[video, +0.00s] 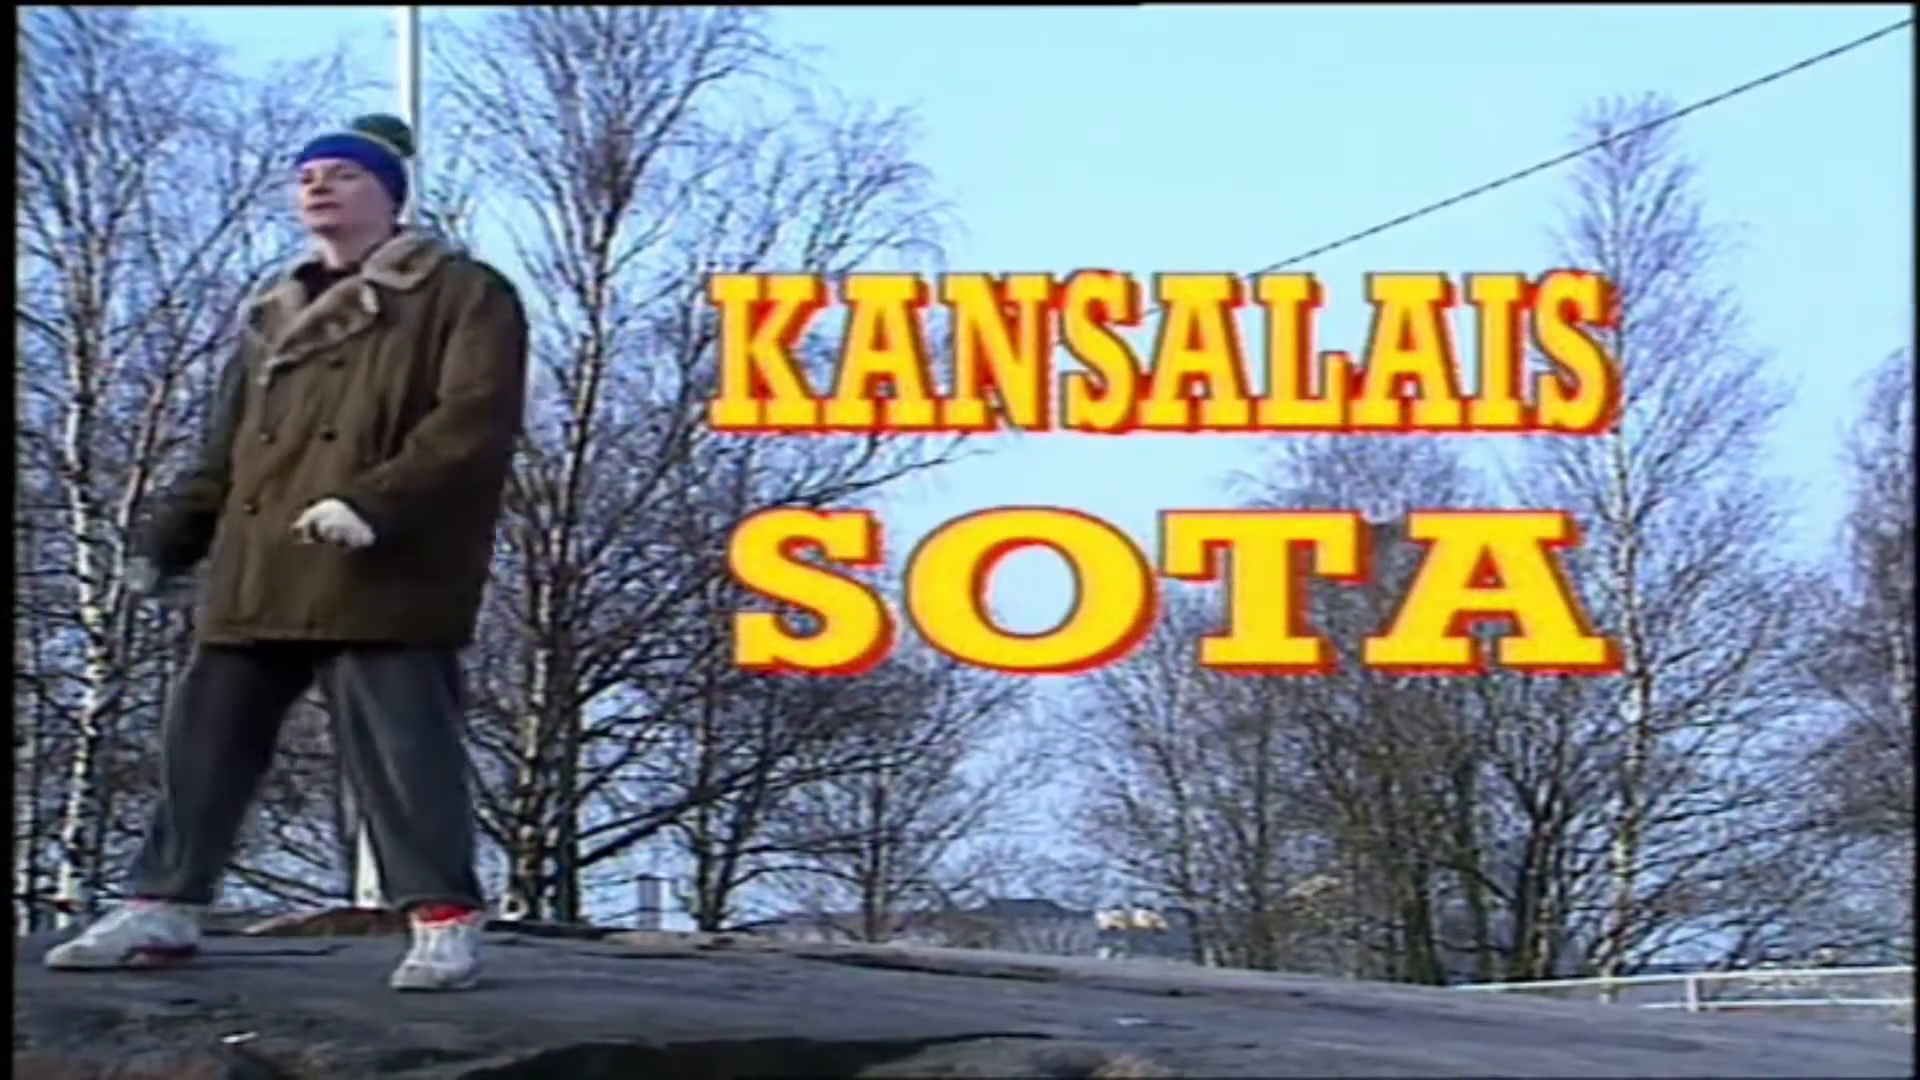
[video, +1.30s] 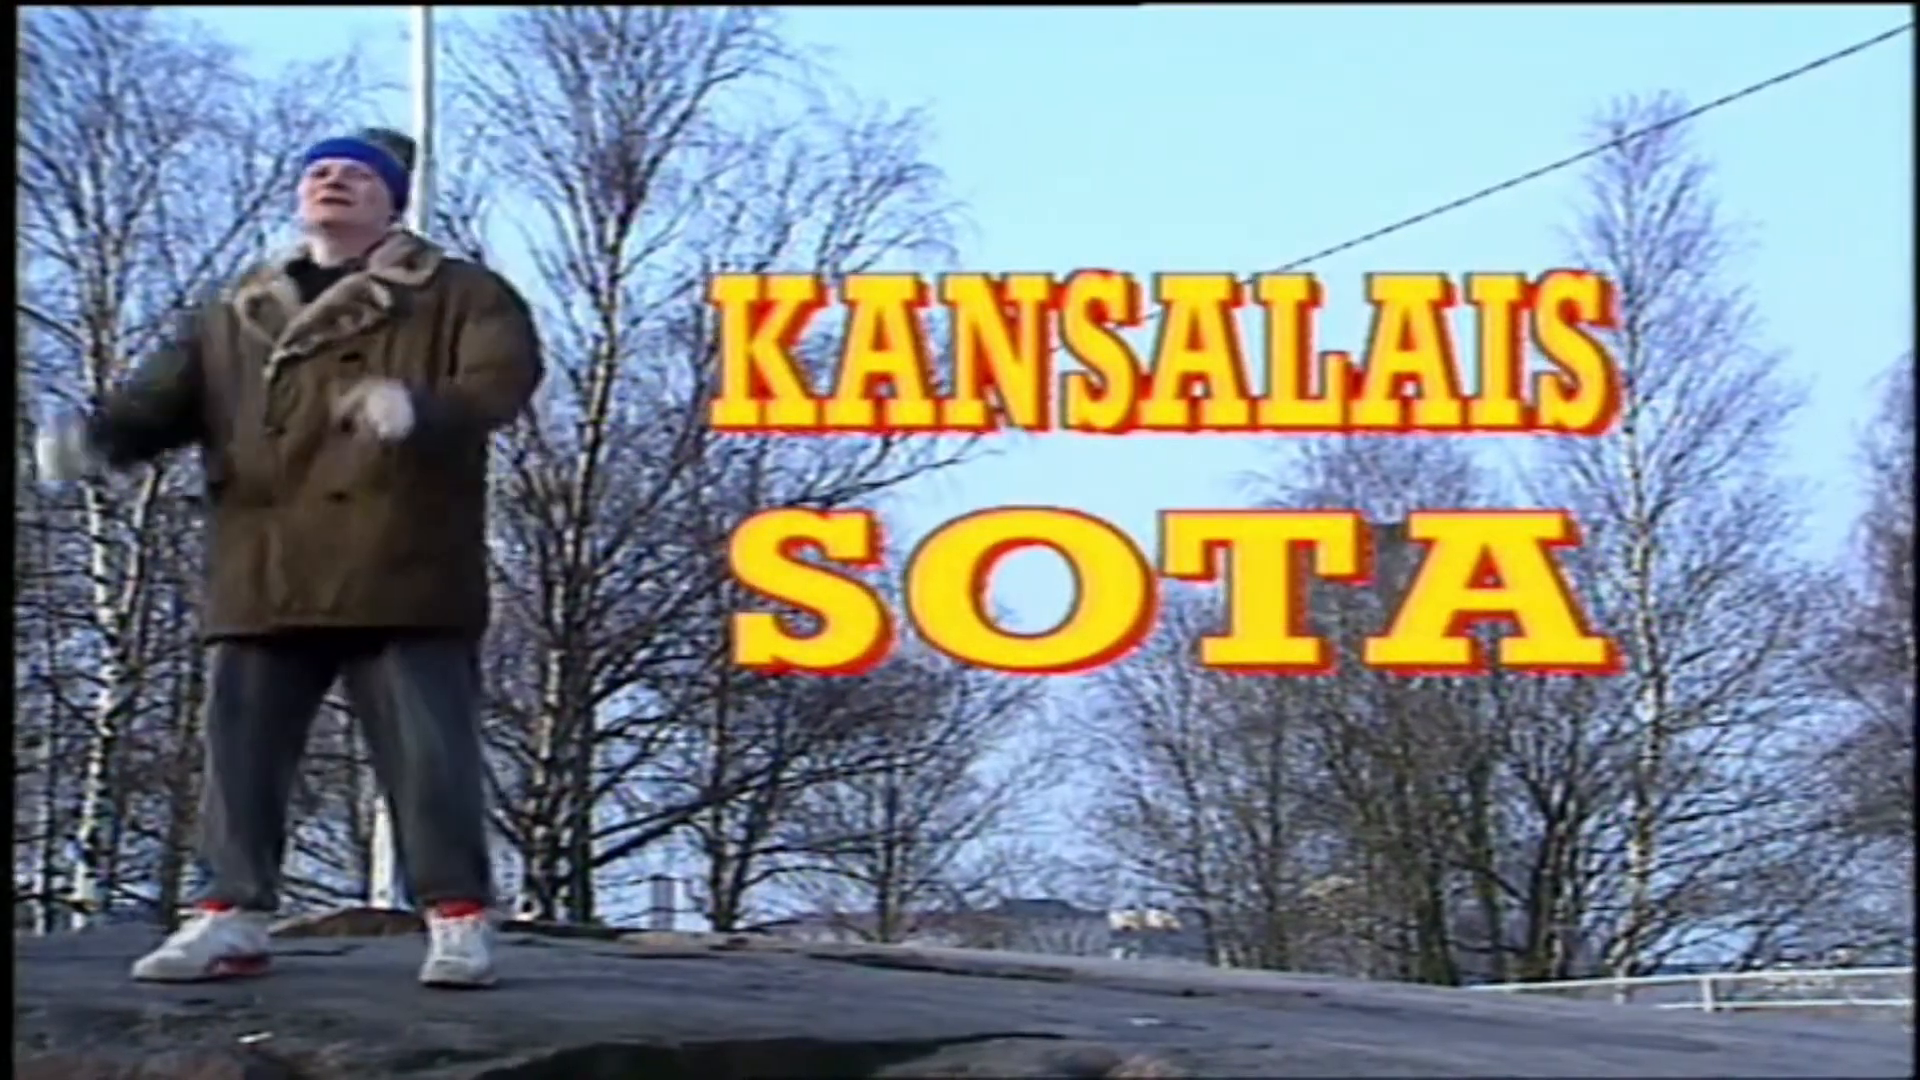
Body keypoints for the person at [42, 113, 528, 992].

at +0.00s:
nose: (315, 185)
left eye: (338, 173)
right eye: (306, 177)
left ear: (390, 192)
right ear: (298, 201)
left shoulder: (466, 292)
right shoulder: (275, 310)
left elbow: (474, 432)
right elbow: (229, 447)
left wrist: (374, 504)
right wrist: (172, 529)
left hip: (383, 565)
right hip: (261, 564)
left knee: (404, 737)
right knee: (208, 723)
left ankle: (445, 918)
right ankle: (164, 906)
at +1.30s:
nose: (328, 183)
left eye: (352, 174)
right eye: (316, 174)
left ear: (394, 202)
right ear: (296, 202)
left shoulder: (459, 292)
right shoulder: (239, 310)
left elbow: (506, 377)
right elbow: (163, 397)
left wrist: (424, 407)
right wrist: (96, 436)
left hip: (408, 576)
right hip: (270, 577)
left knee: (428, 747)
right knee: (240, 735)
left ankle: (457, 915)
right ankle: (235, 914)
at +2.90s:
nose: (343, 178)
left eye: (366, 168)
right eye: (331, 168)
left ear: (413, 191)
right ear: (314, 191)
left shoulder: (473, 275)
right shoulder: (268, 279)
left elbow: (458, 355)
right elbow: (190, 370)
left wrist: (316, 304)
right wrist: (183, 381)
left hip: (404, 551)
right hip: (271, 555)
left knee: (415, 745)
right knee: (272, 746)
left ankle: (438, 919)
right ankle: (284, 919)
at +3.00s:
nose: (342, 178)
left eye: (364, 167)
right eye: (331, 169)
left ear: (413, 189)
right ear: (316, 193)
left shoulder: (475, 276)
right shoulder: (282, 280)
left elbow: (469, 357)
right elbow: (189, 364)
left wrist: (330, 334)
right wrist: (157, 326)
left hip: (407, 559)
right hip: (275, 559)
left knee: (417, 747)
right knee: (276, 747)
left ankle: (441, 920)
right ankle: (285, 918)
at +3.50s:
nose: (349, 178)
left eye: (373, 170)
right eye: (337, 169)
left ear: (420, 198)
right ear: (319, 196)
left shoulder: (459, 269)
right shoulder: (263, 291)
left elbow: (495, 317)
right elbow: (210, 394)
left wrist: (360, 263)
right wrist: (219, 452)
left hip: (413, 545)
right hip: (284, 549)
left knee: (421, 741)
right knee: (280, 741)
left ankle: (446, 919)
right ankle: (290, 918)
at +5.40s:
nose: (378, 170)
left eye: (404, 163)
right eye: (379, 164)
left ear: (455, 202)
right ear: (370, 201)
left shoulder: (515, 286)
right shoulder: (306, 283)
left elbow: (508, 388)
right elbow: (170, 322)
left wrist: (392, 411)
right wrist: (167, 225)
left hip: (437, 566)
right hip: (309, 564)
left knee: (444, 747)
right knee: (301, 742)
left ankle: (462, 921)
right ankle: (305, 919)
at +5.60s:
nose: (367, 176)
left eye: (391, 166)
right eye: (368, 169)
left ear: (445, 196)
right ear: (365, 199)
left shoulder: (512, 284)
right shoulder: (312, 280)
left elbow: (497, 371)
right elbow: (186, 326)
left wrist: (358, 365)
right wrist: (177, 226)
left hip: (437, 563)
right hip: (308, 560)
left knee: (443, 745)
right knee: (303, 742)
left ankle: (462, 921)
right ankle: (304, 919)